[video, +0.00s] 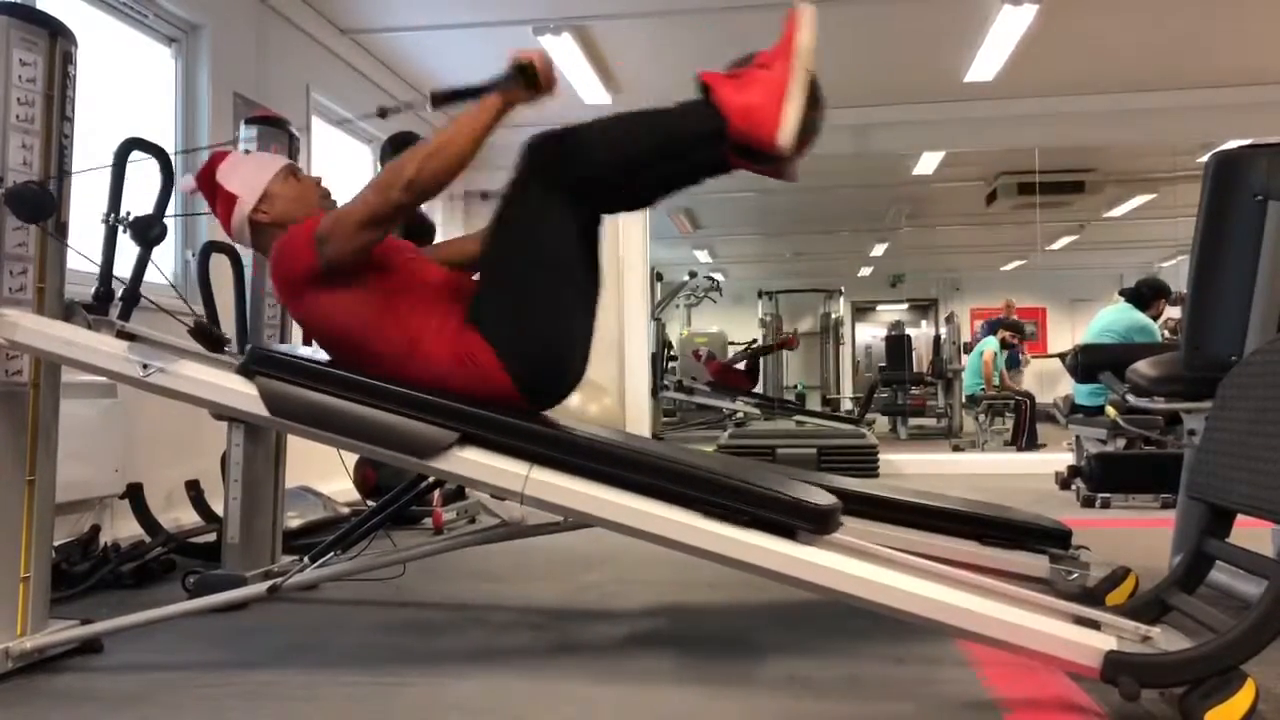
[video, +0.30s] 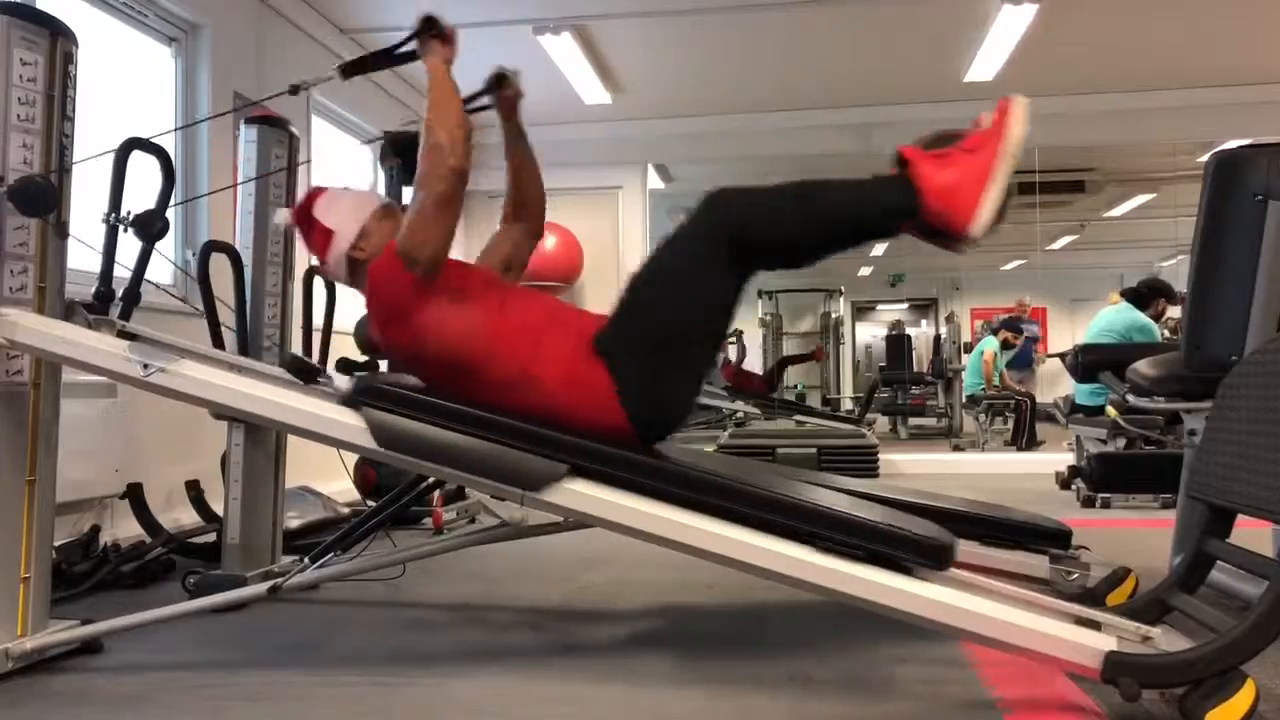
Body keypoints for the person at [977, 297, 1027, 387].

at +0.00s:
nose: (1009, 310)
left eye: (1011, 307)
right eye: (1007, 307)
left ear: (1014, 309)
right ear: (1003, 308)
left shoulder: (1017, 325)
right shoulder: (991, 324)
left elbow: (1021, 342)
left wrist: (1023, 354)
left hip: (1015, 365)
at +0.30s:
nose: (1023, 309)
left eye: (1026, 306)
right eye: (1020, 306)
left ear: (1030, 308)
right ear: (1016, 307)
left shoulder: (1033, 325)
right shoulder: (1007, 323)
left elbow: (1035, 343)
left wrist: (1037, 354)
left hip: (1028, 369)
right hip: (1010, 369)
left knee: (1029, 399)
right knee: (1010, 400)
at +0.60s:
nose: (1033, 309)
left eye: (1035, 306)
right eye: (1030, 306)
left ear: (1038, 307)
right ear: (1024, 307)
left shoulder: (1045, 324)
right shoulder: (1016, 323)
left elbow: (1052, 339)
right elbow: (1000, 333)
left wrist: (1053, 351)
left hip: (1041, 366)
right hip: (1023, 365)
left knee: (1034, 394)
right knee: (1028, 394)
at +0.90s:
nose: (1046, 308)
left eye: (1048, 305)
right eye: (1043, 305)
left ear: (1050, 305)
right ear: (1034, 304)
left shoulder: (1053, 319)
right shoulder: (1026, 319)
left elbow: (1058, 339)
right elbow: (1023, 341)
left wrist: (1066, 350)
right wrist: (1039, 324)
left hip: (1052, 364)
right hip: (1034, 365)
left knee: (1057, 394)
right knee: (1042, 394)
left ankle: (1057, 418)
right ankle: (1043, 423)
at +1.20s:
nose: (1058, 309)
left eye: (1061, 306)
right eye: (1056, 305)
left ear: (1064, 305)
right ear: (1049, 302)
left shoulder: (1063, 319)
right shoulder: (1037, 317)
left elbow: (1067, 338)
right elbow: (1038, 334)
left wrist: (1070, 348)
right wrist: (1052, 320)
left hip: (1061, 363)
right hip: (1042, 364)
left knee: (1065, 394)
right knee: (1043, 397)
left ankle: (1056, 416)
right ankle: (1043, 424)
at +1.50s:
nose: (1072, 307)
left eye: (1075, 304)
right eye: (1070, 303)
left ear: (1079, 304)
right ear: (1064, 302)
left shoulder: (1079, 319)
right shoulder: (1053, 316)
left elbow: (1081, 336)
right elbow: (1056, 331)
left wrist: (1076, 350)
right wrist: (1066, 314)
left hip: (1072, 361)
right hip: (1057, 361)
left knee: (1070, 393)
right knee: (1057, 393)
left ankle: (1066, 418)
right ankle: (1056, 421)